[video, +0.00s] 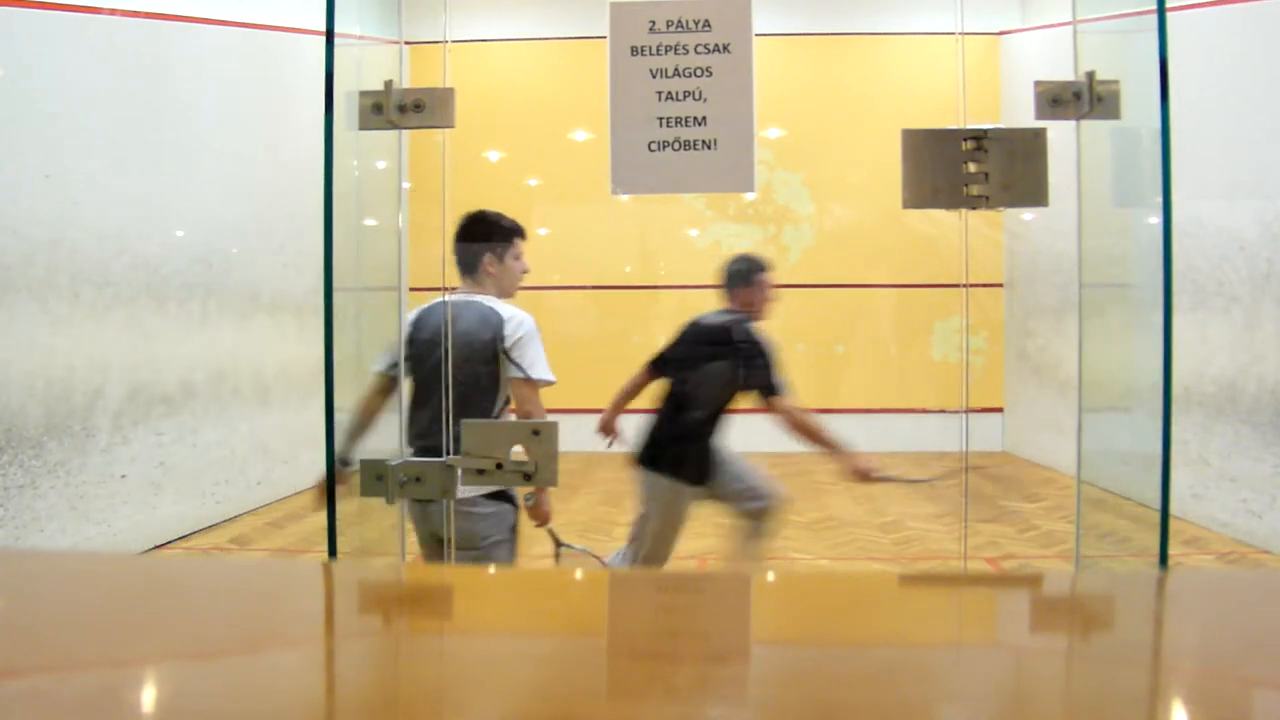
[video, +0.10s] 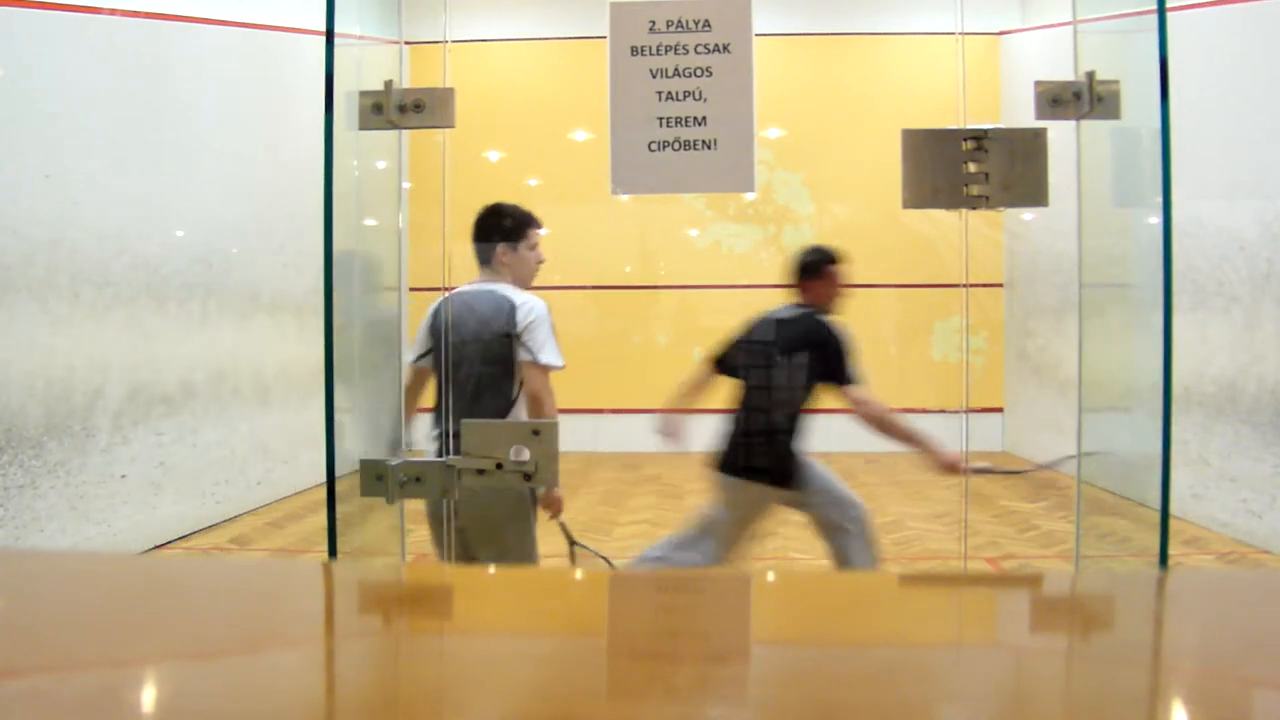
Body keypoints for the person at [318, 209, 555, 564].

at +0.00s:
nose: (526, 268)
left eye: (523, 257)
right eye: (518, 257)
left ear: (473, 265)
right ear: (490, 264)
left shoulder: (420, 319)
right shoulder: (512, 322)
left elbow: (376, 396)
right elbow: (529, 413)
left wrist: (342, 459)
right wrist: (540, 488)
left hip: (423, 493)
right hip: (480, 497)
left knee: (440, 604)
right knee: (487, 612)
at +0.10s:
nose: (541, 258)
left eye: (539, 247)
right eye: (532, 247)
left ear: (496, 255)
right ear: (503, 254)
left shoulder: (443, 307)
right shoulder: (527, 307)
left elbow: (415, 381)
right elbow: (537, 394)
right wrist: (549, 478)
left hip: (446, 473)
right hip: (501, 473)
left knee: (459, 586)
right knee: (515, 587)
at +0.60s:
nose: (640, 273)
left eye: (640, 265)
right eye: (632, 265)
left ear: (606, 269)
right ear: (605, 267)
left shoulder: (562, 305)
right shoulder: (618, 315)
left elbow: (540, 372)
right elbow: (625, 387)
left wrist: (578, 396)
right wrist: (647, 454)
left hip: (555, 438)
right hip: (598, 443)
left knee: (568, 528)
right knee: (610, 541)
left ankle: (533, 598)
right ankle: (606, 616)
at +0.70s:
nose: (656, 273)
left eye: (655, 264)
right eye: (648, 264)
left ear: (624, 268)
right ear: (623, 267)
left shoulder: (580, 305)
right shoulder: (633, 312)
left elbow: (556, 371)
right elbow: (642, 385)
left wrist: (564, 417)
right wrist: (667, 443)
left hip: (572, 434)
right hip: (609, 438)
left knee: (589, 522)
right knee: (612, 541)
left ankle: (581, 603)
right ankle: (606, 614)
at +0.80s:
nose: (669, 281)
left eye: (669, 271)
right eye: (662, 271)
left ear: (635, 275)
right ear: (635, 273)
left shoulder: (599, 313)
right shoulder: (646, 318)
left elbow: (573, 372)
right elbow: (655, 387)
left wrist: (557, 424)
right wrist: (685, 438)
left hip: (588, 439)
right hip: (623, 440)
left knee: (608, 537)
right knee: (617, 542)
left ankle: (609, 615)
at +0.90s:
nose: (678, 289)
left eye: (679, 281)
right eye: (672, 280)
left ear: (647, 283)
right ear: (648, 281)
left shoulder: (611, 321)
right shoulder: (657, 323)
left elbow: (583, 377)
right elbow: (665, 388)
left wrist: (567, 429)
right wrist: (695, 436)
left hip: (604, 442)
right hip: (637, 443)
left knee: (629, 535)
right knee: (630, 539)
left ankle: (625, 612)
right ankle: (616, 612)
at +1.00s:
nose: (687, 287)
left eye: (687, 280)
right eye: (681, 279)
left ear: (657, 281)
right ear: (658, 279)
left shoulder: (622, 319)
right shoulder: (668, 321)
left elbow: (599, 375)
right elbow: (673, 381)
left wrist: (591, 425)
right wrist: (697, 434)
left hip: (615, 437)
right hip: (651, 438)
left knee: (636, 514)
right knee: (660, 526)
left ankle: (631, 586)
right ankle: (628, 590)